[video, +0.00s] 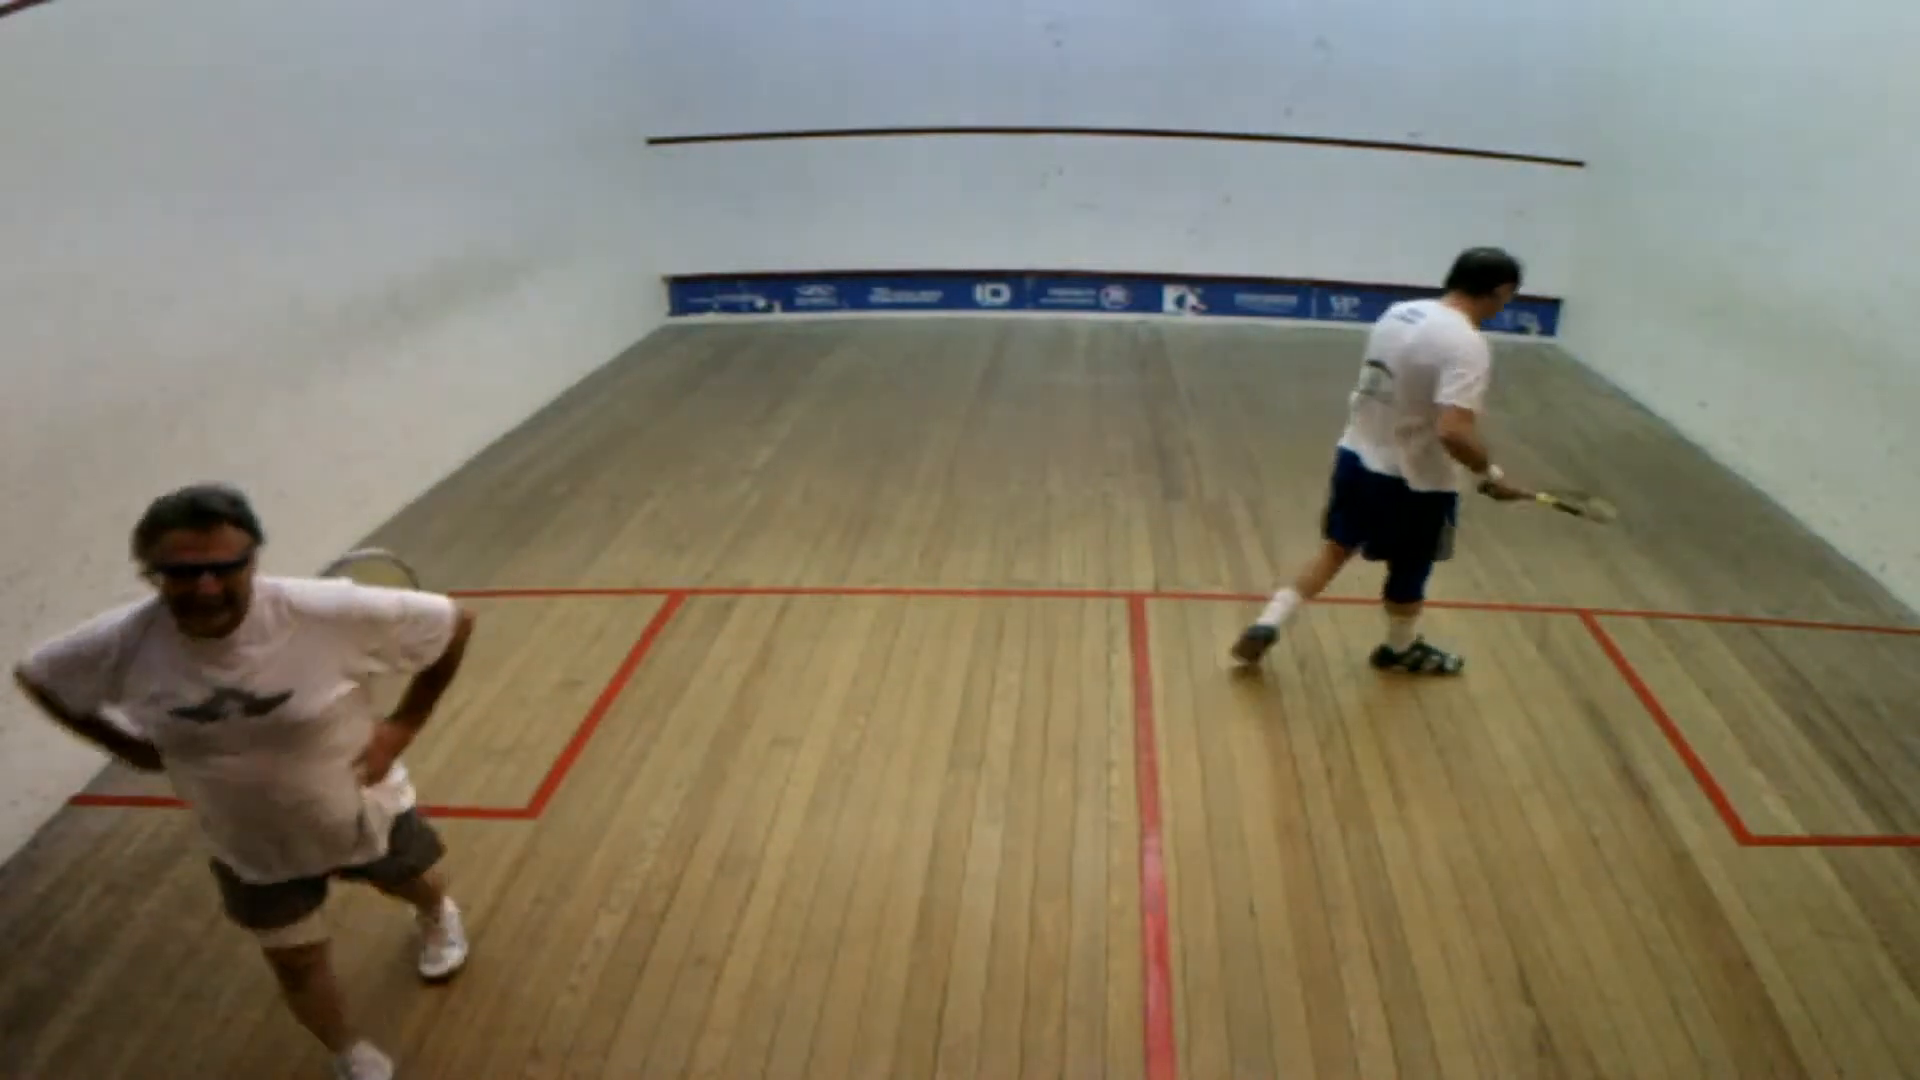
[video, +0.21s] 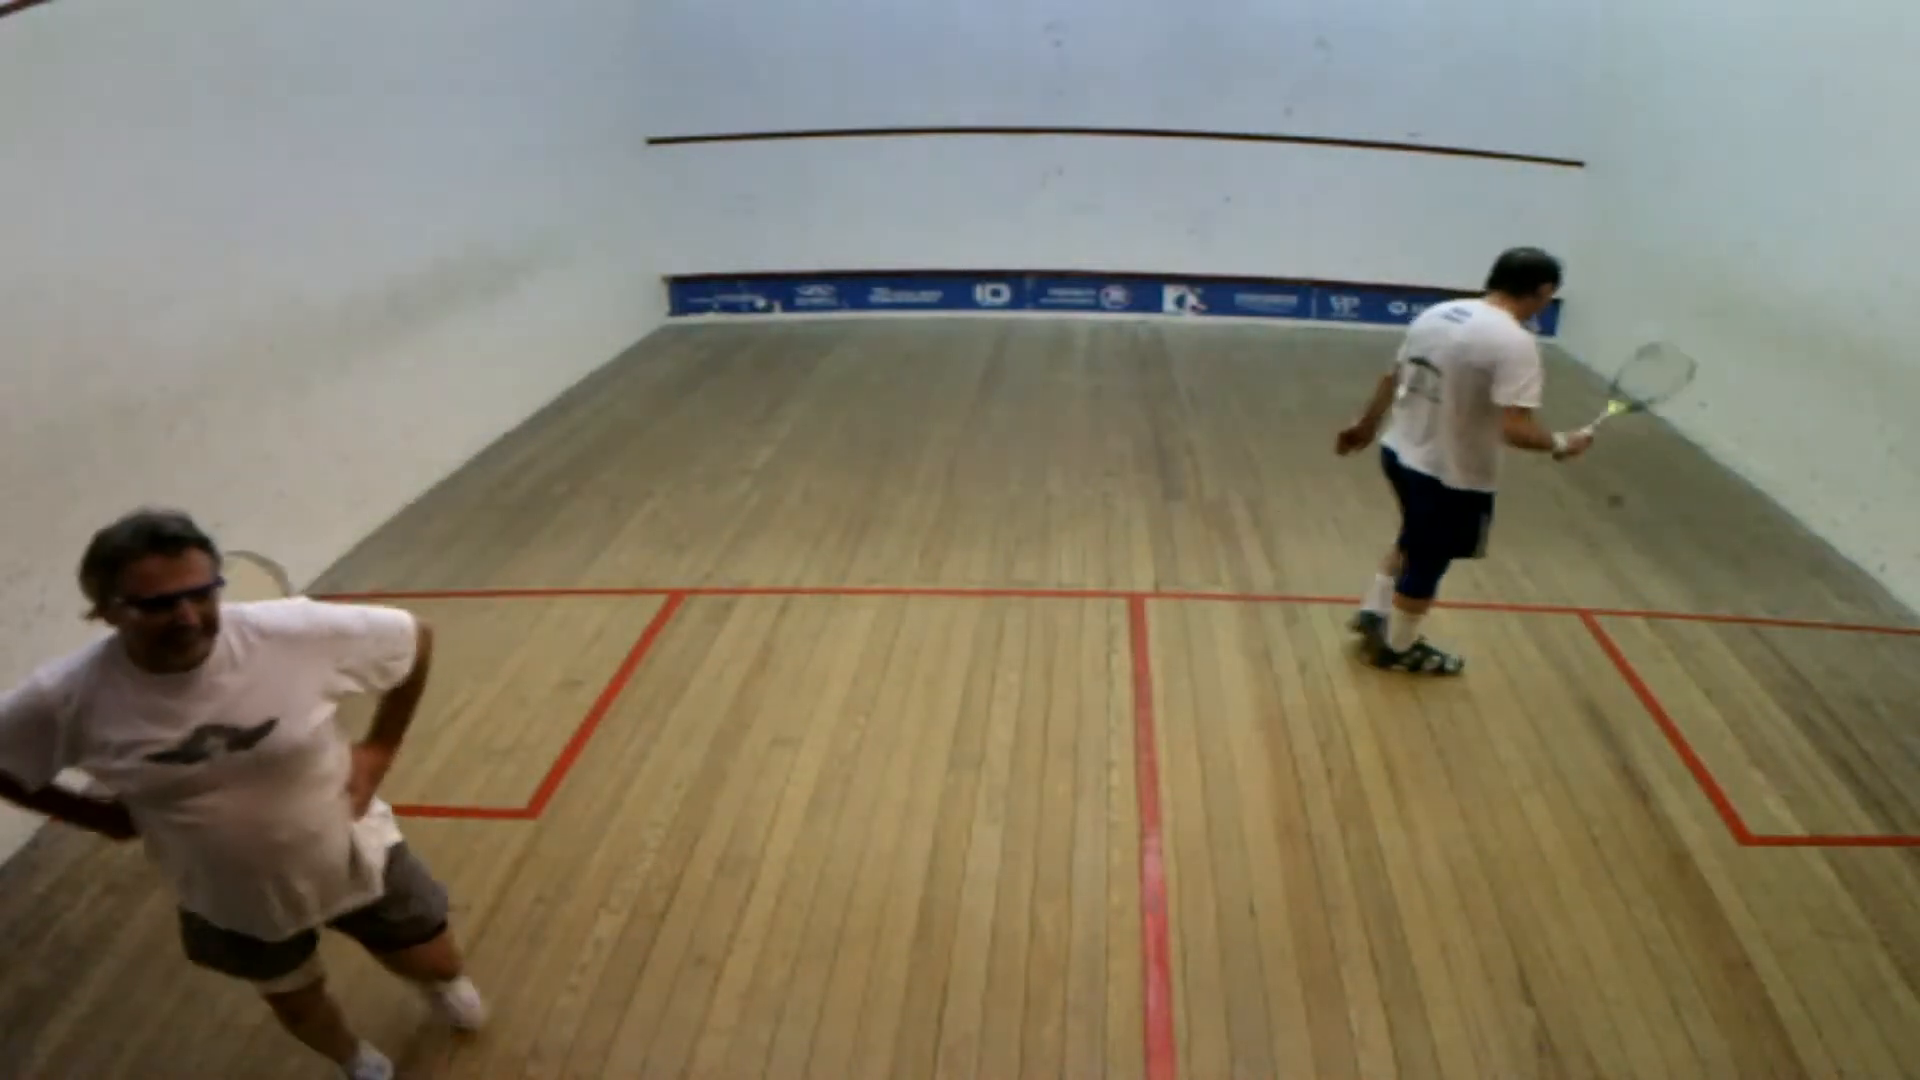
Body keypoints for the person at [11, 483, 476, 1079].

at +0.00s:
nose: (206, 590)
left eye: (224, 570)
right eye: (182, 574)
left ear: (253, 563)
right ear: (154, 575)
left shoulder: (313, 612)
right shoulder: (132, 640)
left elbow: (449, 624)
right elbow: (40, 678)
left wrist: (401, 728)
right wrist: (130, 749)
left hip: (356, 814)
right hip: (253, 851)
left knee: (406, 879)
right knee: (298, 970)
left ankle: (439, 915)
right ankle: (355, 1059)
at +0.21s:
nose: (187, 618)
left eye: (202, 594)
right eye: (157, 604)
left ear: (219, 584)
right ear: (109, 612)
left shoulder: (288, 634)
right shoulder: (71, 697)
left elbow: (412, 640)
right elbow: (5, 764)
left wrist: (379, 748)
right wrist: (99, 817)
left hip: (348, 853)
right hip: (236, 904)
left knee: (434, 956)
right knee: (299, 1002)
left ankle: (444, 983)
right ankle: (359, 1065)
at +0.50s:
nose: (238, 653)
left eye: (243, 628)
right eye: (208, 642)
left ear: (253, 617)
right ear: (134, 654)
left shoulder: (314, 673)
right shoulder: (91, 766)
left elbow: (400, 679)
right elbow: (5, 860)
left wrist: (390, 804)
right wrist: (117, 906)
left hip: (382, 915)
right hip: (264, 973)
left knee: (453, 1040)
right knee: (321, 1044)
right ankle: (367, 1070)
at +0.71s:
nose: (304, 659)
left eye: (304, 634)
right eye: (270, 648)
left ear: (314, 626)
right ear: (192, 670)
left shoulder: (368, 695)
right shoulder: (139, 797)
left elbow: (415, 729)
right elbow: (19, 913)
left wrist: (392, 827)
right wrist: (163, 960)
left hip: (432, 962)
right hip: (314, 1026)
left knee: (472, 1055)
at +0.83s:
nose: (342, 655)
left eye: (331, 633)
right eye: (313, 646)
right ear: (239, 677)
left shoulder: (346, 701)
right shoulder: (171, 816)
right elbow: (41, 959)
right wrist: (205, 992)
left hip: (453, 974)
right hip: (365, 1054)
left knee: (469, 1060)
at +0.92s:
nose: (361, 665)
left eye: (347, 645)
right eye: (333, 655)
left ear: (269, 692)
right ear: (266, 693)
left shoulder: (328, 730)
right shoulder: (205, 838)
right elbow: (97, 1005)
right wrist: (250, 1025)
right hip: (394, 1064)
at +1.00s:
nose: (375, 674)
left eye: (360, 656)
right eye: (348, 664)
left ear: (286, 705)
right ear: (283, 704)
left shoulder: (327, 747)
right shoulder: (234, 857)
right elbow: (153, 1036)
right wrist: (292, 1048)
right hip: (416, 1068)